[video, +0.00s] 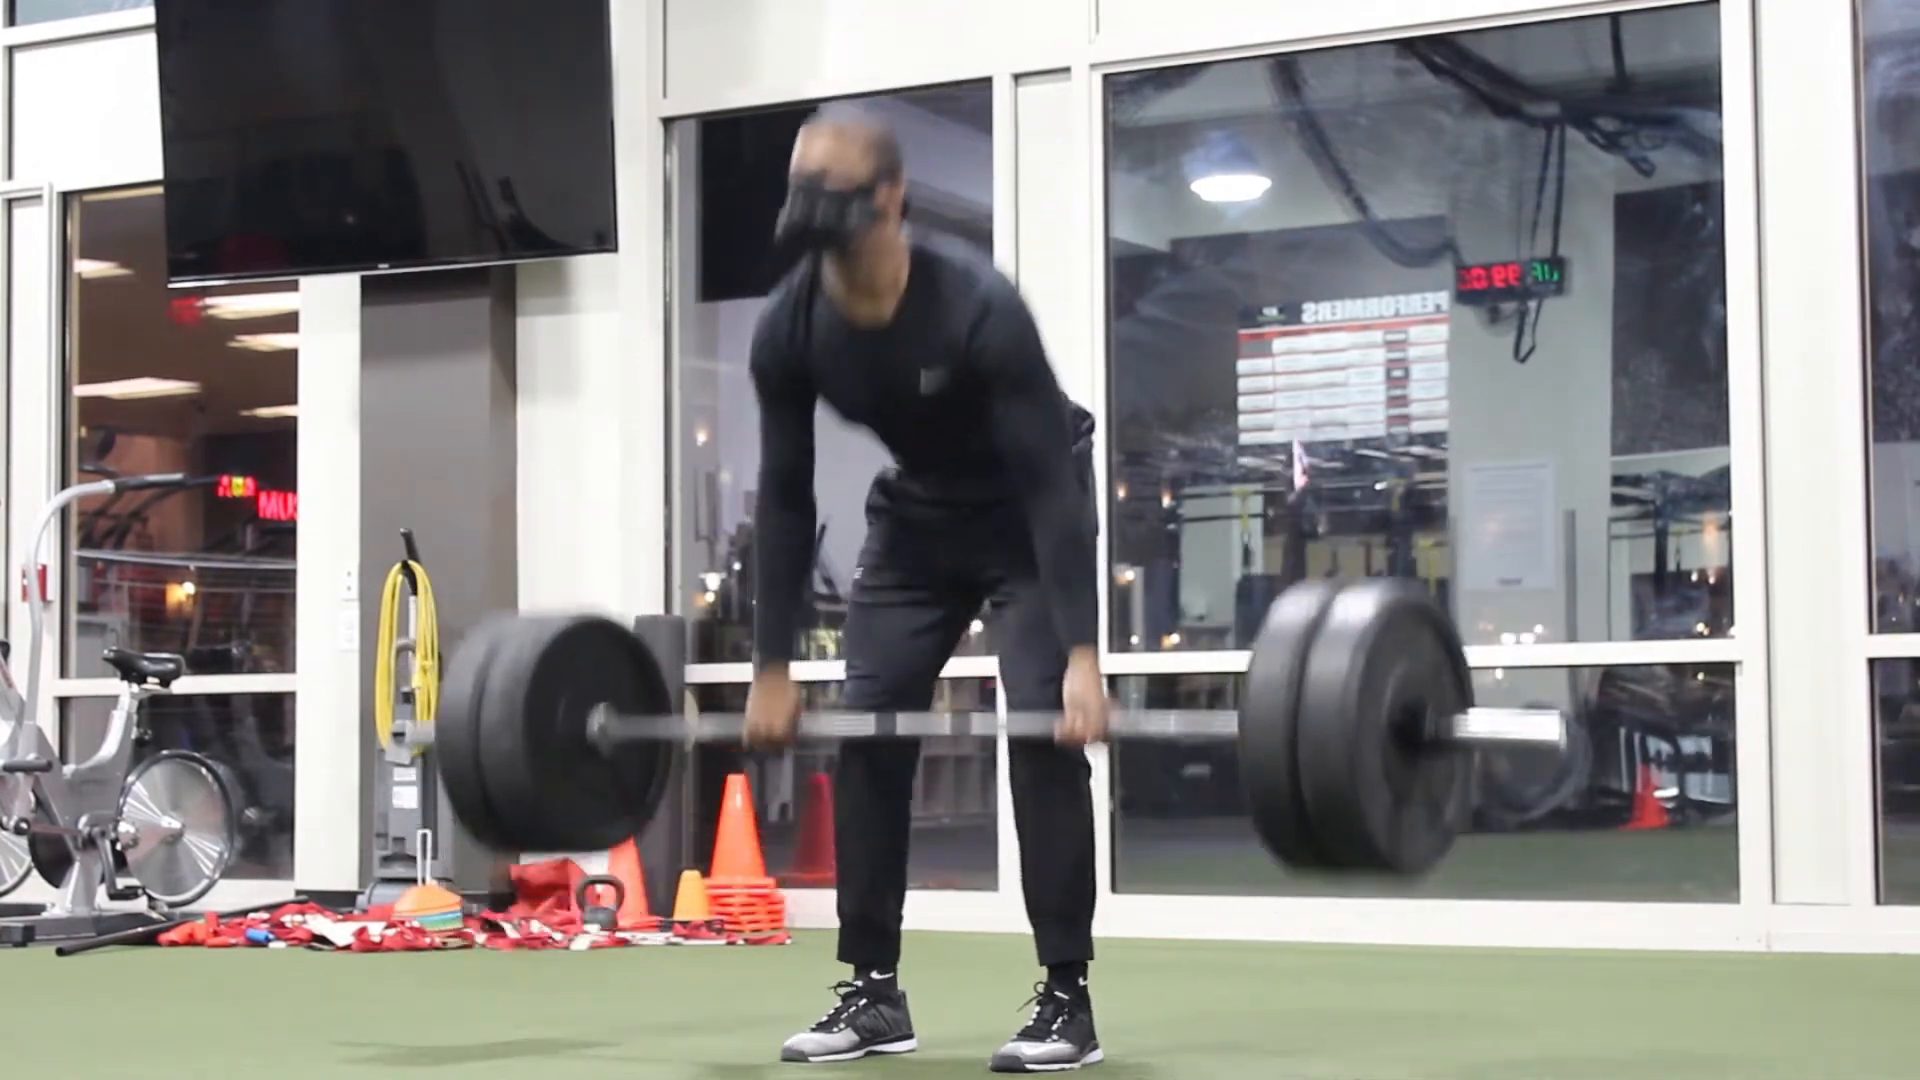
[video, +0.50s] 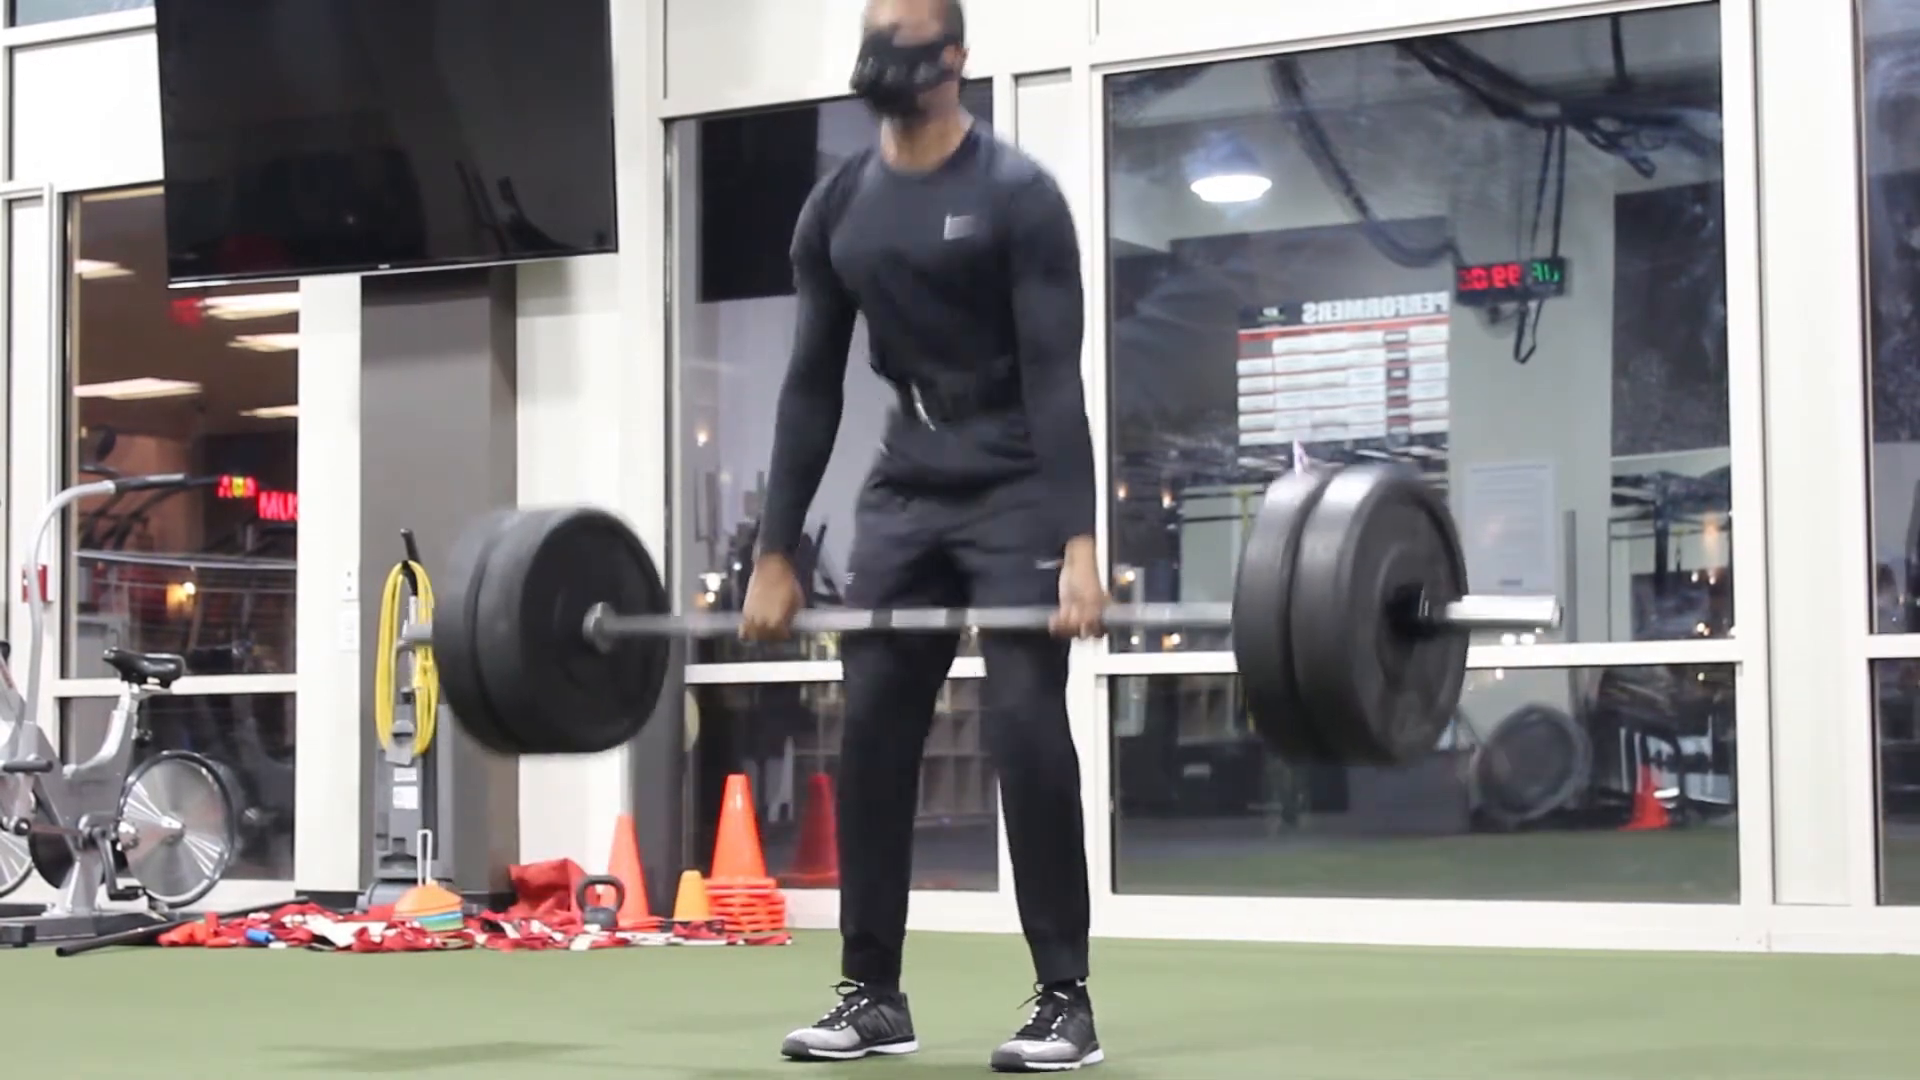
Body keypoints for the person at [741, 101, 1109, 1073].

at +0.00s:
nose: (806, 206)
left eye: (830, 190)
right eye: (799, 187)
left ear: (889, 197)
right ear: (788, 191)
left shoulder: (980, 308)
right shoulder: (789, 328)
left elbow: (1051, 479)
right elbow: (785, 497)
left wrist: (1082, 656)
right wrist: (775, 665)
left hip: (1034, 502)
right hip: (919, 509)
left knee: (1041, 733)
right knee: (868, 725)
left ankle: (1065, 998)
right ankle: (873, 992)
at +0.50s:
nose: (890, 57)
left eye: (914, 42)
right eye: (877, 41)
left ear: (958, 61)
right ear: (857, 62)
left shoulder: (1019, 196)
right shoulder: (835, 206)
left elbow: (1055, 380)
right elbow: (811, 384)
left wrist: (1080, 541)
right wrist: (776, 545)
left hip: (1024, 481)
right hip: (909, 479)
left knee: (1025, 729)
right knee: (872, 727)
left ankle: (1064, 1001)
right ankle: (873, 997)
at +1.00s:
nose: (797, 418)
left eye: (818, 401)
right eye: (788, 401)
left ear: (882, 414)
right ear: (777, 406)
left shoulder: (983, 496)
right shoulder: (785, 517)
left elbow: (1060, 672)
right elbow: (782, 685)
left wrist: (1087, 858)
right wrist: (770, 858)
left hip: (1054, 572)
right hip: (932, 597)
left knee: (1007, 734)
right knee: (829, 740)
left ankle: (1062, 1005)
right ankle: (871, 998)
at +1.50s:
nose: (823, 155)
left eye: (845, 137)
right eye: (814, 137)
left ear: (906, 142)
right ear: (806, 141)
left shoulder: (992, 261)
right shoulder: (800, 276)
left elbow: (1061, 428)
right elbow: (791, 443)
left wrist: (1085, 590)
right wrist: (779, 604)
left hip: (1028, 502)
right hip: (912, 501)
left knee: (1036, 717)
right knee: (881, 719)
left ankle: (1066, 997)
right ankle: (874, 993)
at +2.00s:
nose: (852, 129)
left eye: (874, 112)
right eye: (841, 111)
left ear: (926, 116)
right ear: (828, 121)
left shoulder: (999, 244)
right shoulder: (811, 263)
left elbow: (1049, 424)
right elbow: (793, 440)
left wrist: (1073, 596)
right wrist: (769, 609)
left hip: (1037, 504)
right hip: (922, 505)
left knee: (1040, 710)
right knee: (879, 709)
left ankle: (1067, 998)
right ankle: (873, 996)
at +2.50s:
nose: (787, 360)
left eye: (809, 344)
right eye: (779, 344)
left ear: (872, 355)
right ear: (771, 350)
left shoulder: (970, 448)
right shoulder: (775, 471)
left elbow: (1042, 636)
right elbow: (773, 643)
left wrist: (1078, 811)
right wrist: (764, 812)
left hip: (1040, 552)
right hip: (925, 573)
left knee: (1008, 734)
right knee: (827, 742)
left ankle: (1063, 1003)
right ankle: (871, 1000)